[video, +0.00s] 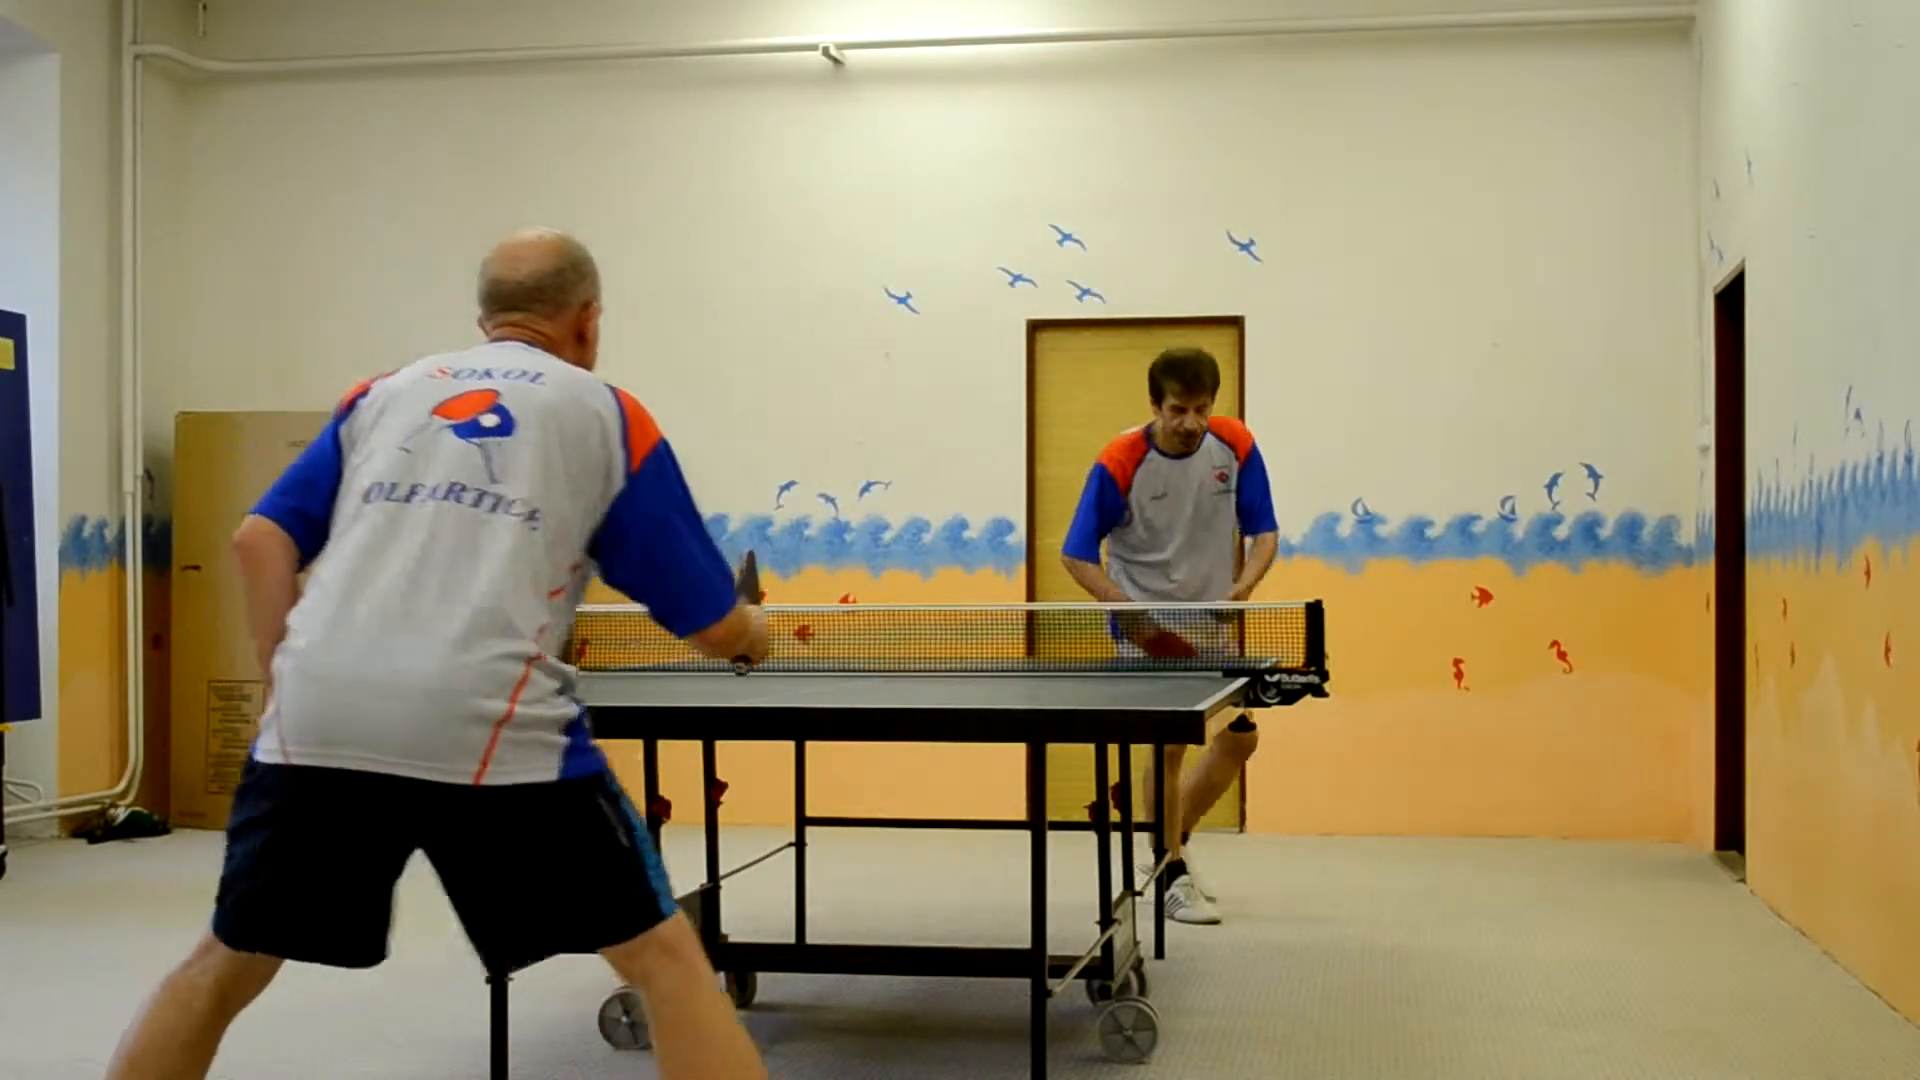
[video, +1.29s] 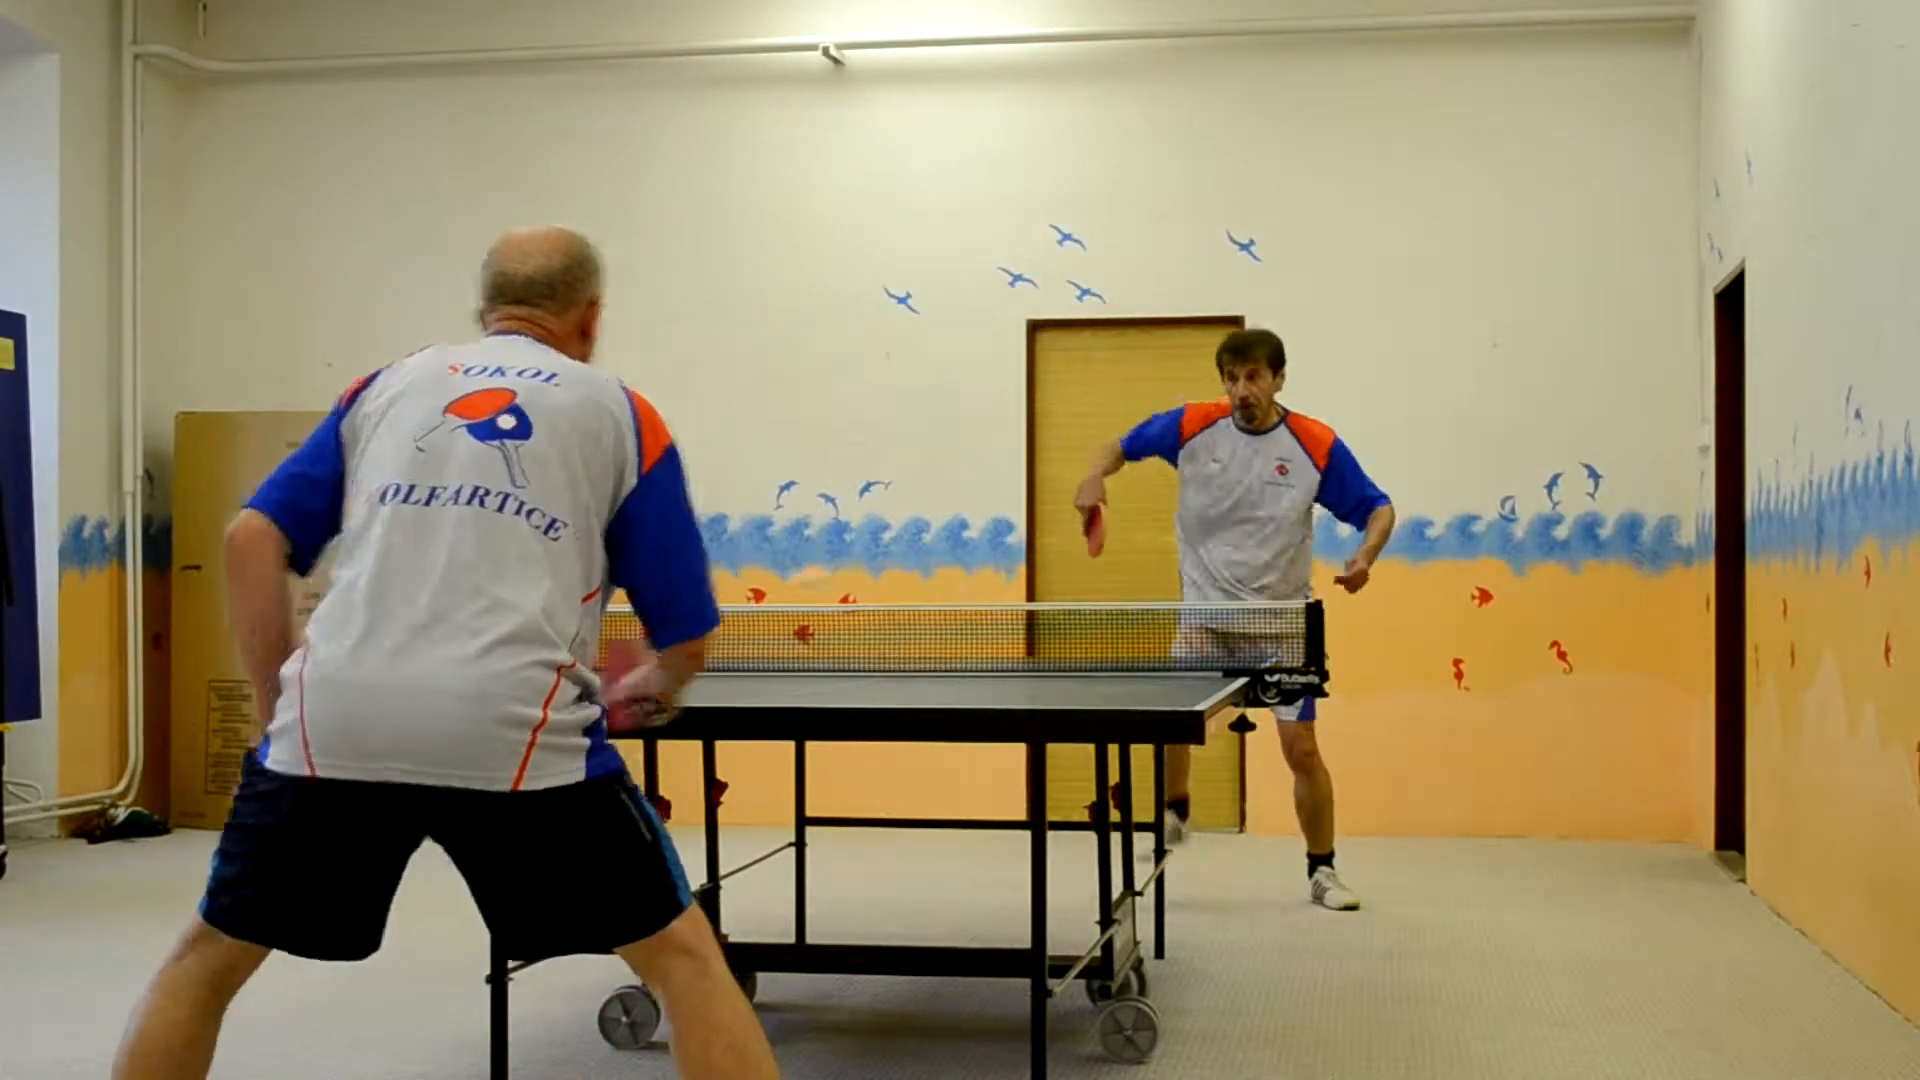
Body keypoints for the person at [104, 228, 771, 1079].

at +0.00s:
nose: (602, 336)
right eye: (599, 319)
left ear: (481, 319)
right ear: (585, 323)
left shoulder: (379, 398)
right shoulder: (608, 418)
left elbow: (262, 538)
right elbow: (715, 625)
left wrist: (284, 684)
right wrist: (750, 631)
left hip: (317, 720)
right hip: (497, 729)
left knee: (221, 966)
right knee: (666, 963)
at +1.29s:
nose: (600, 328)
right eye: (596, 313)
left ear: (482, 312)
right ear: (586, 319)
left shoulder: (383, 388)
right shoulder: (621, 416)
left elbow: (254, 536)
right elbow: (686, 627)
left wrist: (276, 701)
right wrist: (655, 686)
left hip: (331, 728)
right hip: (517, 734)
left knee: (203, 963)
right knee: (683, 961)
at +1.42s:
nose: (464, 348)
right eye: (467, 335)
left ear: (357, 337)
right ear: (462, 342)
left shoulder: (282, 424)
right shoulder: (532, 440)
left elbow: (144, 602)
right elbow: (587, 651)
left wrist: (136, 774)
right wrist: (492, 724)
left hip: (302, 772)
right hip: (490, 772)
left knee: (154, 963)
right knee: (647, 978)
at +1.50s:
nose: (363, 355)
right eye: (366, 340)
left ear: (245, 340)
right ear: (359, 342)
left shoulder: (176, 430)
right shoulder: (427, 440)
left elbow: (41, 626)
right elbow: (486, 635)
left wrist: (14, 742)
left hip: (224, 782)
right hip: (417, 780)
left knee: (105, 965)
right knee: (582, 993)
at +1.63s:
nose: (259, 312)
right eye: (261, 300)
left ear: (146, 284)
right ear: (247, 294)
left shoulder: (29, 389)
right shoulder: (264, 354)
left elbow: (12, 575)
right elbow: (413, 494)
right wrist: (520, 504)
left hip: (57, 739)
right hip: (233, 722)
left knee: (44, 946)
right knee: (422, 936)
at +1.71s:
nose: (177, 267)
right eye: (177, 253)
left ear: (61, 250)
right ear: (168, 250)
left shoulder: (13, 342)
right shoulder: (190, 313)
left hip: (10, 716)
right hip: (158, 706)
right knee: (323, 933)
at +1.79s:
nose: (106, 246)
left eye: (99, 234)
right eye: (100, 233)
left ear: (11, 235)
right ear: (79, 233)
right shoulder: (81, 310)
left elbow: (248, 354)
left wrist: (448, 323)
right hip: (90, 721)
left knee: (248, 993)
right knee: (249, 991)